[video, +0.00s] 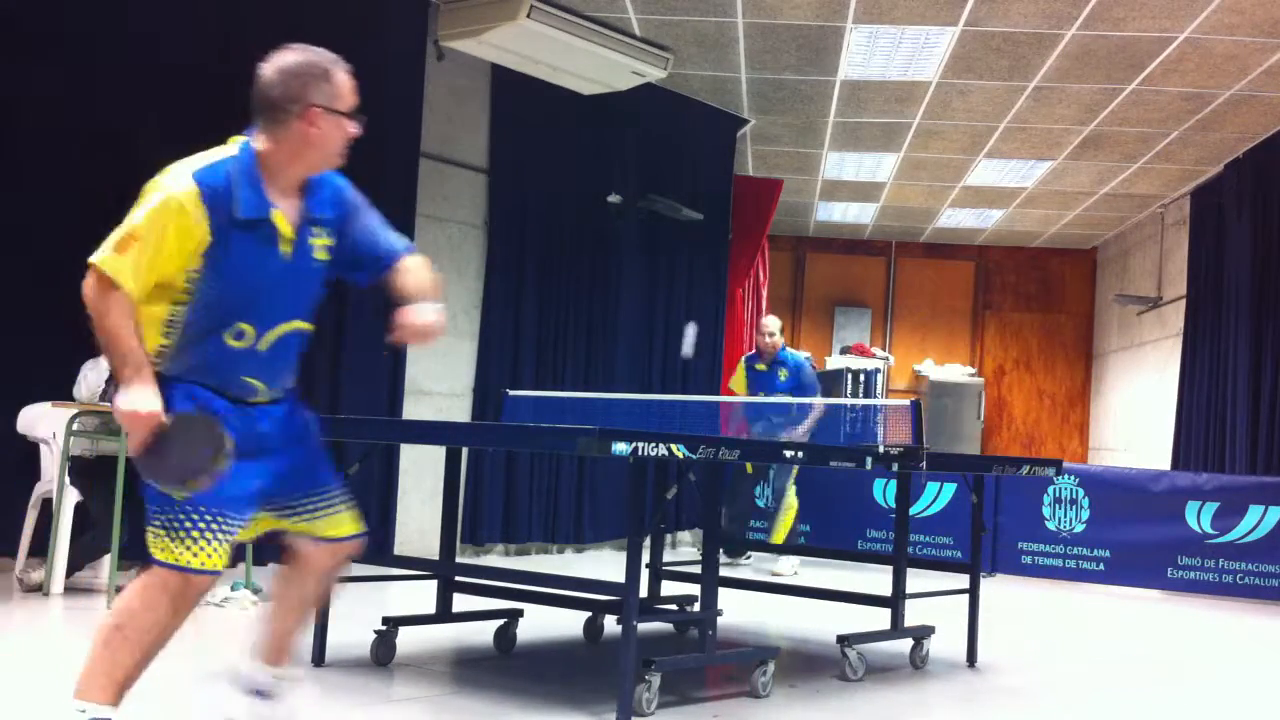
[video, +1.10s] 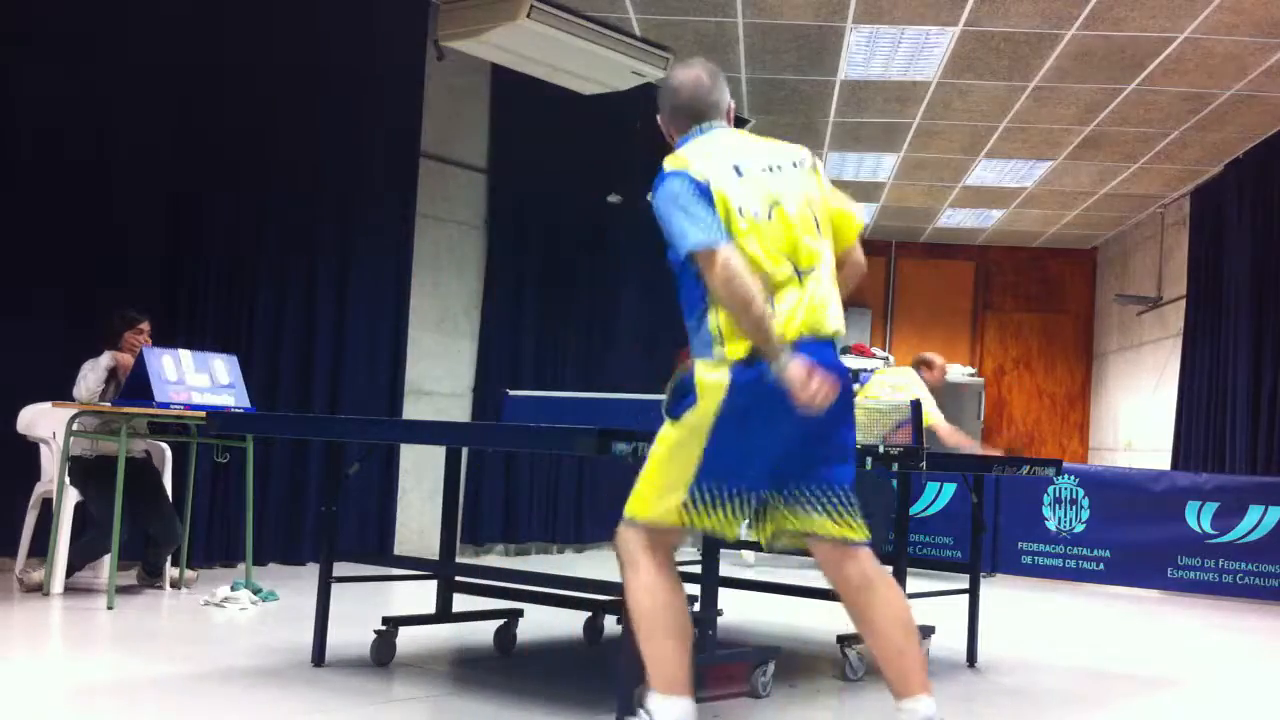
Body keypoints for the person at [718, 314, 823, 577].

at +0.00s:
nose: (767, 340)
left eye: (772, 335)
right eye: (762, 334)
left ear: (781, 337)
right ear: (755, 337)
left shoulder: (798, 364)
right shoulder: (747, 363)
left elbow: (818, 404)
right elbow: (737, 400)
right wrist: (740, 429)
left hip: (789, 435)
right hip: (757, 433)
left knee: (782, 490)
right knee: (740, 487)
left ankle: (787, 553)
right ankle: (735, 549)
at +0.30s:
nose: (787, 333)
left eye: (791, 328)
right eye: (782, 328)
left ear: (800, 328)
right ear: (775, 329)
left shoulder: (815, 353)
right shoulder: (761, 354)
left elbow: (831, 391)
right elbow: (744, 389)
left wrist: (837, 424)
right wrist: (743, 419)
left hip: (808, 437)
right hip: (766, 435)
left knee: (818, 490)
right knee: (746, 486)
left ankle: (823, 554)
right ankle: (737, 546)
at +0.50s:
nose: (804, 338)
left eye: (809, 333)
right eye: (800, 333)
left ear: (816, 335)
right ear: (792, 335)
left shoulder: (829, 363)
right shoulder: (775, 359)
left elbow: (839, 405)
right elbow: (755, 391)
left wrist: (845, 441)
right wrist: (763, 419)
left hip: (820, 442)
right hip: (779, 441)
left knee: (846, 492)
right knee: (757, 491)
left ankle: (859, 554)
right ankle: (749, 550)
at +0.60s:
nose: (817, 342)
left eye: (821, 337)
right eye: (812, 337)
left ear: (828, 339)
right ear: (803, 339)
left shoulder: (840, 367)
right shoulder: (787, 362)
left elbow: (851, 409)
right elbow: (767, 396)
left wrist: (855, 445)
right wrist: (782, 415)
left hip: (832, 442)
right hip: (790, 441)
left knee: (856, 492)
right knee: (764, 491)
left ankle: (870, 556)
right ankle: (747, 552)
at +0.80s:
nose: (871, 336)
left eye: (873, 331)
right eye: (865, 331)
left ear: (873, 332)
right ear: (852, 331)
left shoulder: (852, 352)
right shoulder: (848, 355)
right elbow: (862, 398)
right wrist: (882, 423)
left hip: (848, 434)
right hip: (840, 436)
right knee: (862, 492)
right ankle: (868, 554)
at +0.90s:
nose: (899, 346)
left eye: (900, 340)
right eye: (895, 341)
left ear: (875, 341)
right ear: (878, 340)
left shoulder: (856, 358)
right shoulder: (881, 363)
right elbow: (918, 395)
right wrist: (962, 406)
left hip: (830, 436)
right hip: (846, 442)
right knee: (861, 498)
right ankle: (864, 555)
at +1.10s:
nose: (943, 379)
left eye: (944, 374)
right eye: (942, 373)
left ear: (922, 369)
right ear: (926, 371)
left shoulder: (882, 373)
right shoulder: (916, 386)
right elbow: (947, 436)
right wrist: (982, 450)